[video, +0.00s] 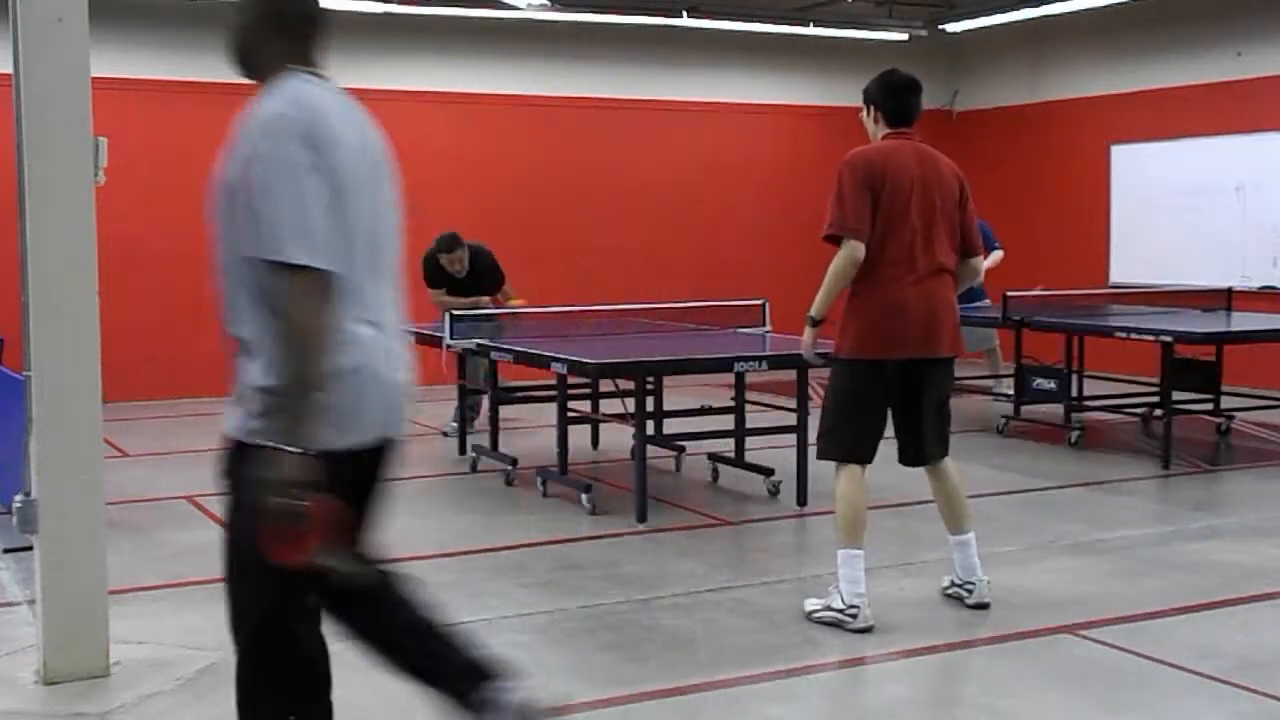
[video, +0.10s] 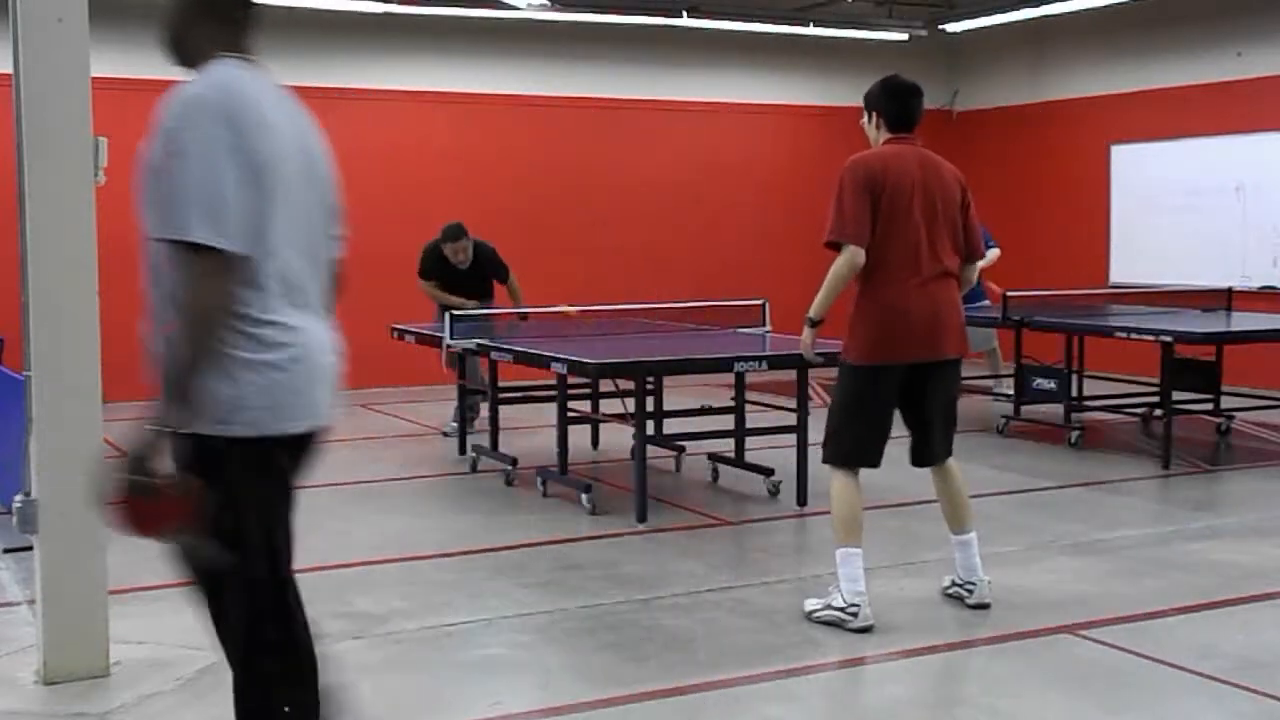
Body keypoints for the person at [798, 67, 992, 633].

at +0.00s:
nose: (862, 120)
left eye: (863, 112)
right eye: (865, 112)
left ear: (872, 114)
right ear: (916, 115)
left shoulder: (863, 163)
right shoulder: (948, 170)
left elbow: (852, 250)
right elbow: (974, 265)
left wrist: (813, 318)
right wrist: (930, 293)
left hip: (871, 336)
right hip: (935, 337)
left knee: (850, 462)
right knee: (935, 455)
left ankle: (851, 599)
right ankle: (970, 578)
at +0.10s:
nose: (863, 126)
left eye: (864, 118)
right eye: (865, 117)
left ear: (875, 120)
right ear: (917, 120)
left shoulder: (864, 169)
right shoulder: (949, 173)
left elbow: (853, 254)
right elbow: (972, 264)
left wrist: (812, 318)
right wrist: (936, 300)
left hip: (878, 339)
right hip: (942, 338)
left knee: (843, 463)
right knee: (940, 456)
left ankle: (851, 598)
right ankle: (971, 578)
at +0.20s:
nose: (856, 140)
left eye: (856, 131)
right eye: (856, 131)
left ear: (869, 129)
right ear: (910, 129)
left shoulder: (867, 177)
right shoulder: (945, 180)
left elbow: (861, 268)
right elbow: (965, 268)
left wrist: (811, 323)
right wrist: (930, 302)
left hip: (885, 344)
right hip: (948, 342)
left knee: (838, 463)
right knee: (937, 457)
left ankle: (850, 597)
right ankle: (971, 579)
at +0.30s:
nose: (848, 151)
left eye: (848, 141)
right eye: (847, 142)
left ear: (863, 137)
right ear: (898, 135)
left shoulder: (878, 182)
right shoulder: (931, 181)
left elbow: (883, 273)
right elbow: (969, 257)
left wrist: (817, 325)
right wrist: (932, 297)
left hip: (890, 353)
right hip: (946, 349)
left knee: (835, 463)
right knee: (928, 458)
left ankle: (849, 598)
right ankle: (969, 577)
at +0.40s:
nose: (844, 152)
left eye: (844, 141)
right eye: (843, 142)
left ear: (862, 137)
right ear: (891, 136)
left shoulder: (891, 180)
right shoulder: (924, 179)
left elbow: (911, 268)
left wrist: (834, 329)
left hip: (896, 354)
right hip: (947, 351)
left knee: (840, 465)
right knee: (925, 460)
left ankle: (850, 598)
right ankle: (970, 578)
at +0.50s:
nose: (849, 152)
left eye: (849, 141)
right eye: (846, 142)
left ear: (867, 134)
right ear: (885, 132)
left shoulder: (912, 172)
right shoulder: (900, 183)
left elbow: (943, 259)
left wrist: (877, 329)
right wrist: (804, 315)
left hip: (911, 351)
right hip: (951, 349)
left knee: (850, 461)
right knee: (923, 460)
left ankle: (850, 599)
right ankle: (972, 579)